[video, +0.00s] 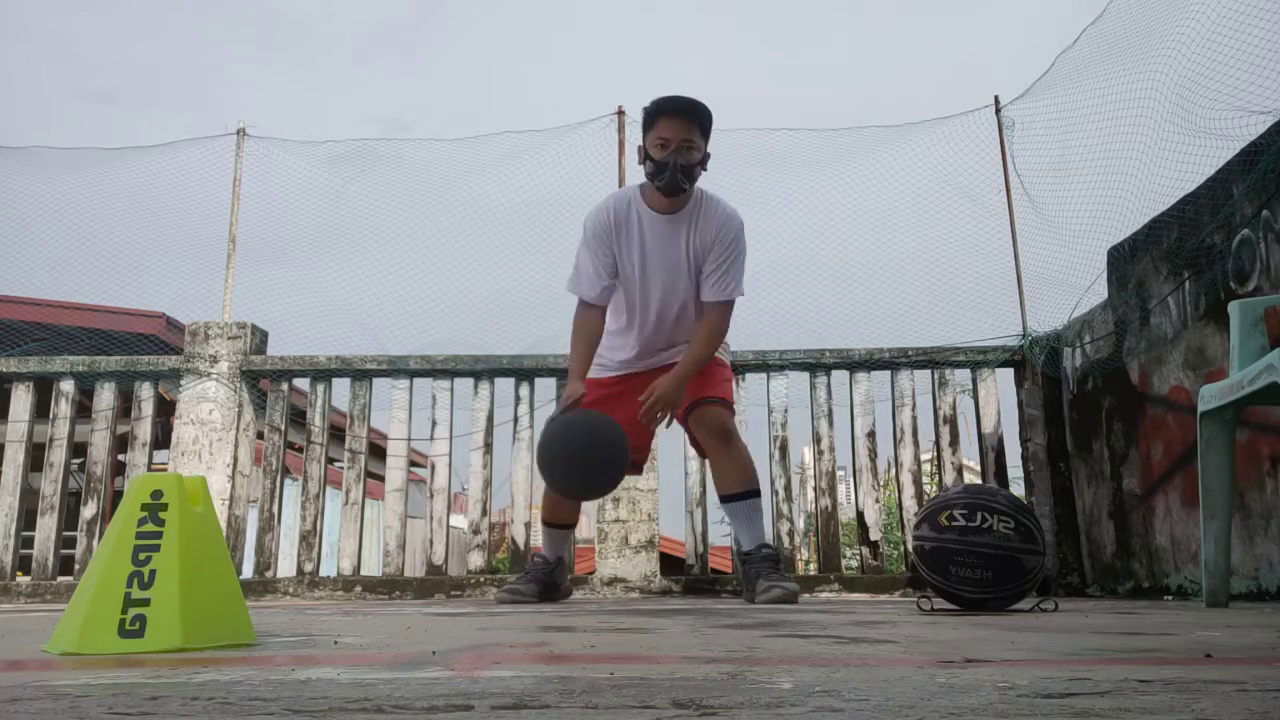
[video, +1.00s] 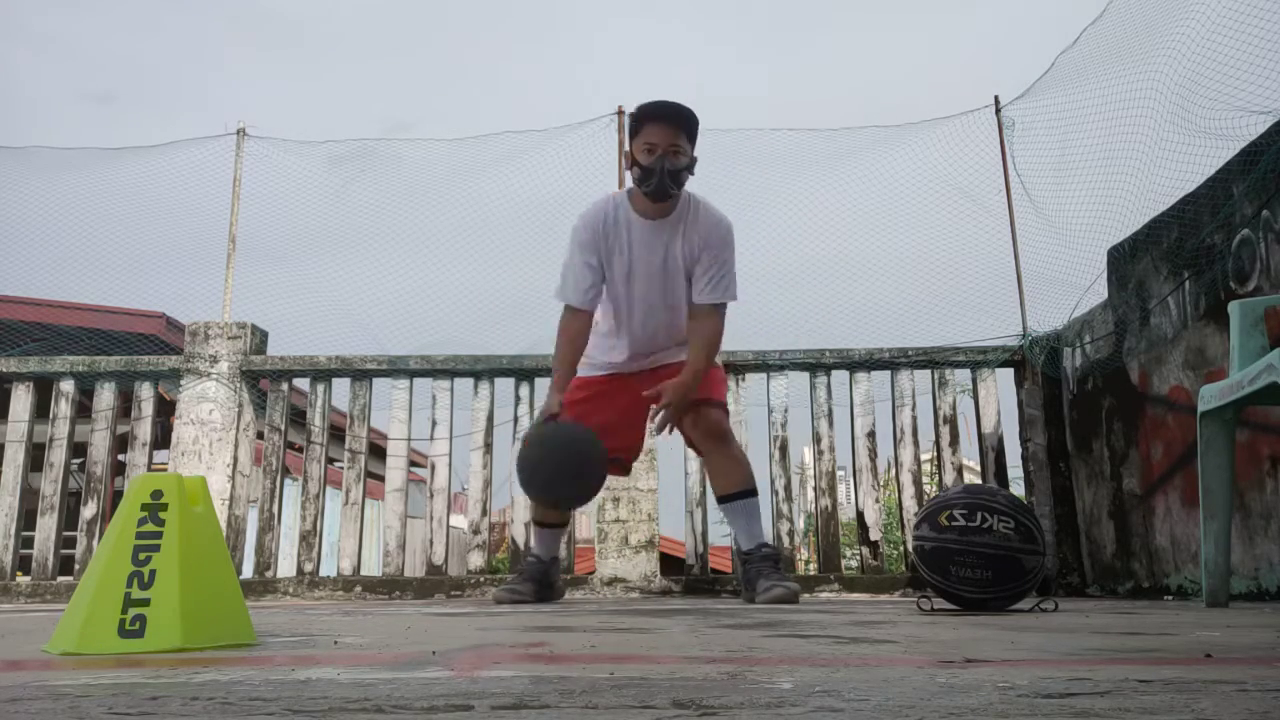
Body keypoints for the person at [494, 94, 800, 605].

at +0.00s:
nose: (674, 161)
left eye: (687, 150)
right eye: (662, 146)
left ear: (704, 157)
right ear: (642, 150)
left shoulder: (721, 224)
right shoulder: (608, 219)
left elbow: (716, 319)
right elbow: (590, 307)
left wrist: (679, 379)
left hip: (692, 359)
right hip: (618, 366)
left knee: (716, 427)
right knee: (571, 443)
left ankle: (758, 563)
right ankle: (550, 566)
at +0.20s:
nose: (644, 169)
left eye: (659, 158)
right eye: (634, 155)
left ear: (678, 165)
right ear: (617, 158)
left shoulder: (703, 229)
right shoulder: (586, 222)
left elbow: (735, 313)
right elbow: (554, 291)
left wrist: (730, 369)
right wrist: (512, 312)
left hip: (681, 361)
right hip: (604, 368)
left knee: (695, 427)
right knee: (548, 446)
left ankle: (754, 560)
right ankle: (548, 567)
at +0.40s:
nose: (688, 163)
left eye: (700, 153)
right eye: (677, 151)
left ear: (716, 163)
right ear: (657, 156)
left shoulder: (730, 237)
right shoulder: (615, 221)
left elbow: (734, 327)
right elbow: (606, 313)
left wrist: (741, 409)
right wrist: (633, 387)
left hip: (685, 356)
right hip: (611, 359)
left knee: (711, 422)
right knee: (557, 464)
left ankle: (755, 563)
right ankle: (548, 568)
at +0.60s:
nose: (733, 178)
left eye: (745, 168)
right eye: (721, 164)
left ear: (756, 176)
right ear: (695, 165)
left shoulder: (753, 241)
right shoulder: (650, 224)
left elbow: (771, 309)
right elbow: (628, 317)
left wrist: (811, 363)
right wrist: (691, 352)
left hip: (700, 364)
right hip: (626, 368)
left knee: (730, 424)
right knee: (588, 475)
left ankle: (759, 566)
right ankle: (549, 558)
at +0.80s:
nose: (714, 166)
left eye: (727, 156)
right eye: (703, 152)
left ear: (741, 162)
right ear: (680, 153)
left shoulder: (747, 226)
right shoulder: (642, 215)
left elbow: (769, 307)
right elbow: (649, 311)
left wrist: (799, 365)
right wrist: (702, 366)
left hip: (697, 354)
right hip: (622, 356)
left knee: (729, 429)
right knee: (580, 461)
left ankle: (759, 564)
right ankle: (547, 556)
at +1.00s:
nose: (659, 165)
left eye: (674, 154)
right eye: (648, 151)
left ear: (691, 161)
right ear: (630, 155)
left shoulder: (709, 227)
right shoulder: (598, 223)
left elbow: (708, 316)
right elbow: (577, 313)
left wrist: (689, 379)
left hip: (681, 362)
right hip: (607, 366)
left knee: (710, 426)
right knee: (556, 448)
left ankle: (758, 561)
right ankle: (541, 568)